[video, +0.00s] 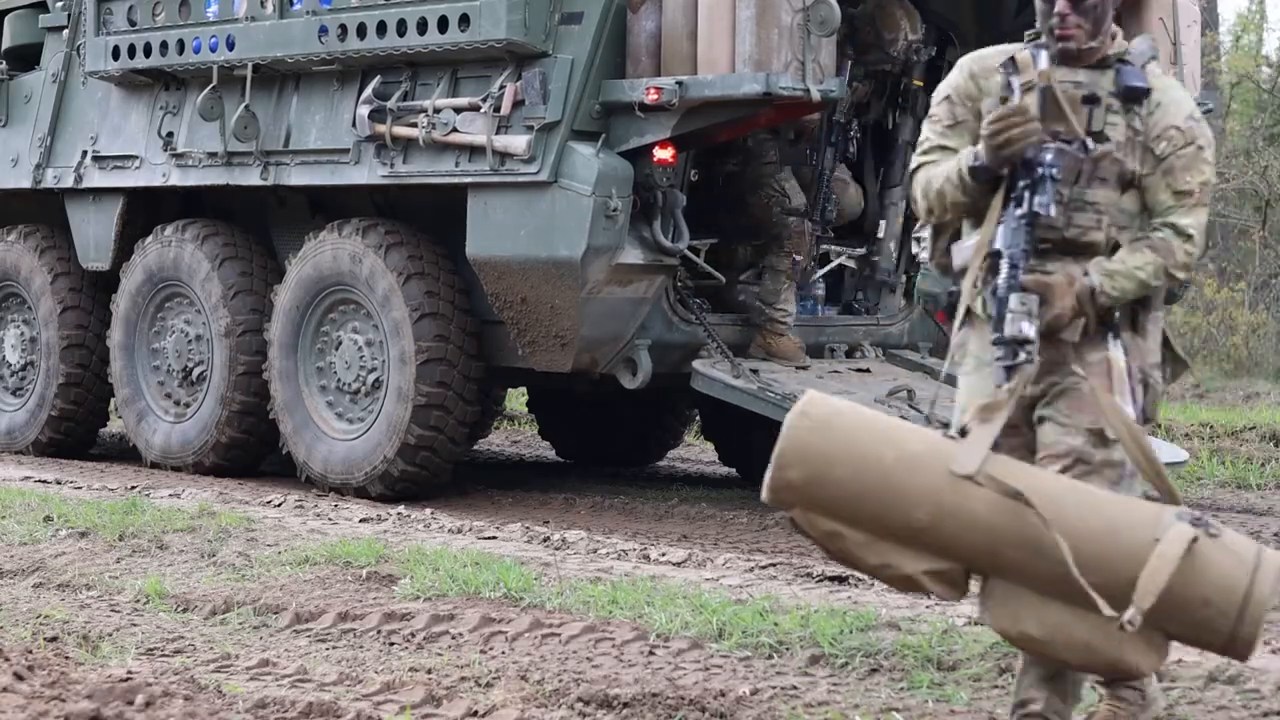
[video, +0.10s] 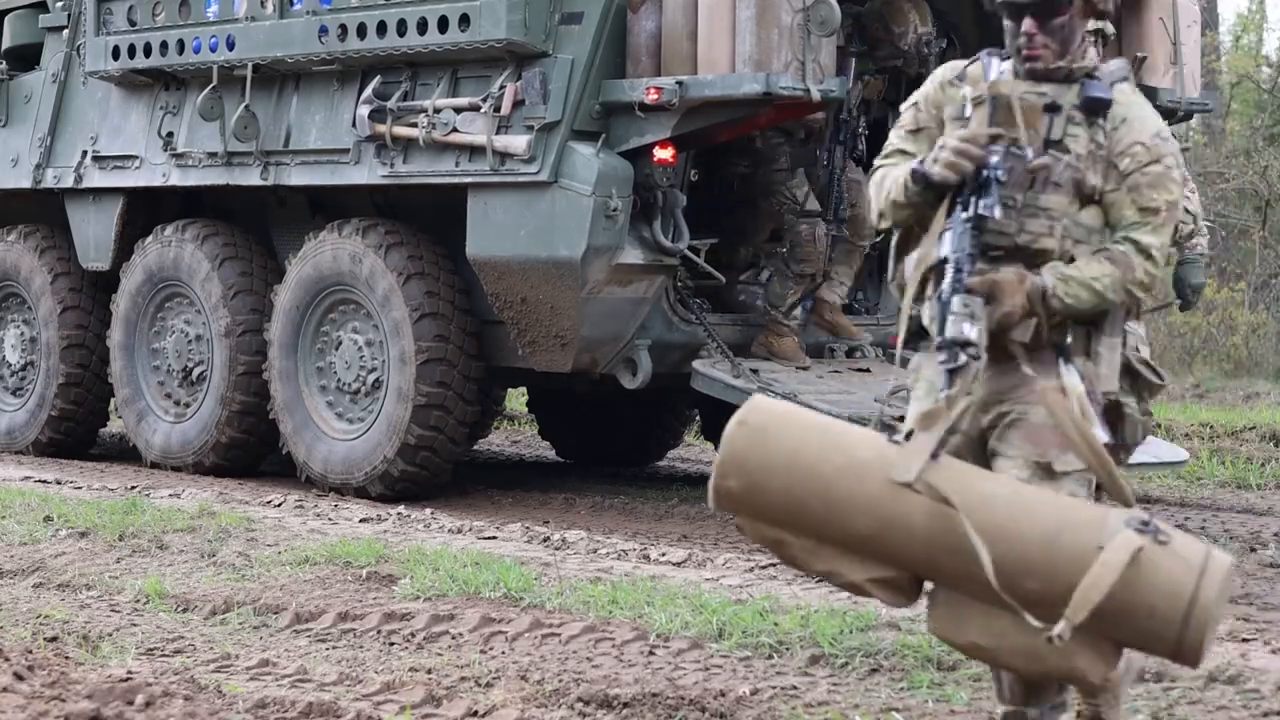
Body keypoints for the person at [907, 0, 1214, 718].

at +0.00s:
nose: (1067, 13)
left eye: (1086, 3)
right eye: (1056, 1)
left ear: (1117, 12)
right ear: (1040, 6)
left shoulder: (1162, 106)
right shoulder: (980, 75)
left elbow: (1180, 238)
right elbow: (924, 193)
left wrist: (1089, 287)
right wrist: (984, 160)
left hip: (1098, 347)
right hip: (992, 339)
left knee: (1076, 519)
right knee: (1004, 516)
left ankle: (1040, 698)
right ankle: (1128, 678)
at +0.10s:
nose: (1030, 28)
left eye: (1049, 14)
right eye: (1017, 14)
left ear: (1085, 16)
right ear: (1001, 18)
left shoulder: (1126, 119)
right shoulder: (954, 87)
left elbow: (1146, 255)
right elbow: (880, 202)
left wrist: (1041, 292)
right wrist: (929, 174)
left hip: (1057, 371)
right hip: (944, 363)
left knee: (1041, 546)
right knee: (964, 542)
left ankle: (1065, 703)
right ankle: (1019, 700)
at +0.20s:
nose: (979, 40)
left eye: (996, 22)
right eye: (964, 26)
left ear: (1037, 20)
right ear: (950, 29)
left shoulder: (1087, 133)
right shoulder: (912, 101)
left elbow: (1095, 266)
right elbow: (844, 200)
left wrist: (984, 285)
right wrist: (871, 215)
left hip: (1013, 388)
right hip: (901, 379)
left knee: (1003, 573)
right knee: (932, 568)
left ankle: (1011, 706)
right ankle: (1002, 701)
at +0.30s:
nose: (908, 35)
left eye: (926, 19)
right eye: (896, 21)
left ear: (976, 12)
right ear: (885, 23)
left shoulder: (1029, 121)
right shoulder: (861, 95)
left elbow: (1048, 260)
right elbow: (809, 190)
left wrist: (914, 279)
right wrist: (819, 246)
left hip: (966, 395)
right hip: (844, 381)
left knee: (959, 611)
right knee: (782, 562)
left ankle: (985, 706)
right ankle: (832, 703)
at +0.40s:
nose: (830, 26)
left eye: (848, 11)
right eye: (818, 12)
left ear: (898, 5)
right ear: (808, 13)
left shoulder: (959, 98)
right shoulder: (792, 90)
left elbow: (975, 248)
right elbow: (753, 206)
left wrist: (849, 264)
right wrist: (749, 244)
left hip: (908, 379)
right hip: (788, 368)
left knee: (914, 573)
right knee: (711, 550)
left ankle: (978, 702)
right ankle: (680, 710)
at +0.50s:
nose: (749, 16)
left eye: (766, 4)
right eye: (739, 6)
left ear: (817, 1)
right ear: (729, 12)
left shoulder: (882, 87)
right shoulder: (722, 88)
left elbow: (910, 231)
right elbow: (685, 214)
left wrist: (780, 249)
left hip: (838, 378)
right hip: (726, 371)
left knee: (860, 573)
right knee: (651, 554)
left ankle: (954, 708)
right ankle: (669, 708)